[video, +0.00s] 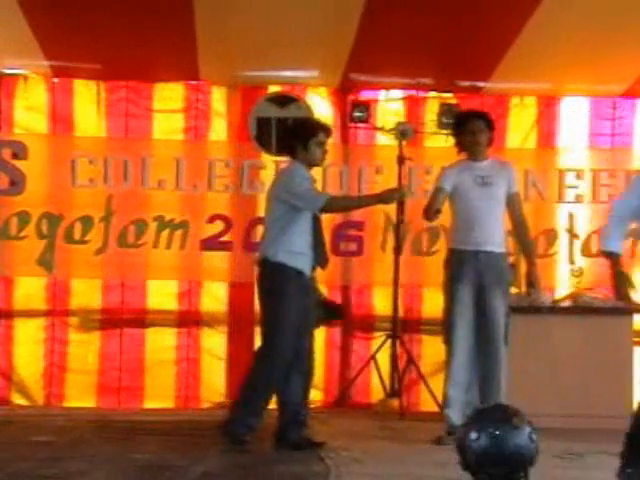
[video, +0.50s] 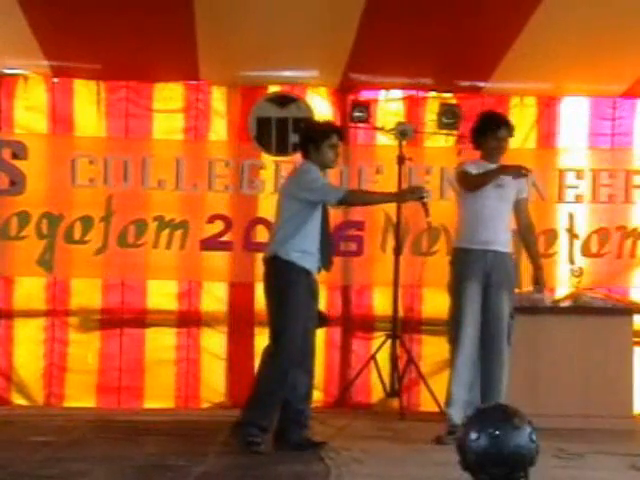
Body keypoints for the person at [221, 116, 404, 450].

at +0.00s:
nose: (325, 151)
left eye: (325, 145)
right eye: (320, 145)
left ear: (311, 149)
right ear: (303, 146)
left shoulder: (300, 180)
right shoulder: (291, 177)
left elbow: (297, 247)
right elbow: (327, 205)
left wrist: (313, 292)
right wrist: (381, 197)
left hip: (295, 274)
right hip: (281, 271)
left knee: (297, 353)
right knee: (278, 350)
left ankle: (292, 431)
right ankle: (239, 426)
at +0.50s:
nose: (337, 154)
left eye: (338, 148)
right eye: (332, 148)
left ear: (324, 151)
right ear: (313, 148)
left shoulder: (312, 179)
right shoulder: (305, 176)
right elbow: (346, 197)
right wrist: (399, 196)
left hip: (300, 271)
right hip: (286, 268)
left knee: (302, 354)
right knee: (286, 350)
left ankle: (294, 432)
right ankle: (254, 428)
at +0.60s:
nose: (339, 155)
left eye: (340, 149)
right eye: (333, 149)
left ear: (323, 152)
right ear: (315, 149)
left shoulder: (312, 179)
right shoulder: (306, 177)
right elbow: (348, 196)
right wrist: (400, 195)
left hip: (301, 270)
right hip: (288, 268)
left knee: (302, 352)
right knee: (289, 349)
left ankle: (293, 432)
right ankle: (254, 427)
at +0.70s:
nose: (339, 155)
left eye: (340, 149)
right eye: (334, 148)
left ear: (329, 153)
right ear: (317, 149)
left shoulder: (313, 179)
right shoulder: (307, 177)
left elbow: (349, 196)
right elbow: (350, 195)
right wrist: (399, 194)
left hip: (301, 269)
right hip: (289, 268)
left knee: (302, 351)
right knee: (294, 350)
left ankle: (293, 431)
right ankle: (256, 423)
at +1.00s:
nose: (344, 155)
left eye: (346, 149)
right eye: (338, 148)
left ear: (340, 152)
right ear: (320, 149)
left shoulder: (316, 178)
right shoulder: (311, 176)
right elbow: (347, 195)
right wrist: (394, 194)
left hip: (303, 267)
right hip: (297, 266)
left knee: (307, 343)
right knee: (319, 342)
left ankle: (296, 429)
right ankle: (302, 431)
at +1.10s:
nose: (346, 156)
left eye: (348, 150)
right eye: (341, 149)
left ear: (342, 152)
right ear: (323, 149)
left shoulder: (320, 181)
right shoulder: (313, 177)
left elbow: (317, 247)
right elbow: (347, 195)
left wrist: (330, 301)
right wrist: (395, 194)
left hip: (307, 268)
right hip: (300, 266)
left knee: (307, 347)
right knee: (321, 345)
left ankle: (295, 428)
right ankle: (325, 428)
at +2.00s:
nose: (398, 155)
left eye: (399, 148)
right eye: (393, 147)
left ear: (385, 149)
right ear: (374, 146)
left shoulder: (369, 181)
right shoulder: (359, 178)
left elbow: (363, 239)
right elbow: (381, 208)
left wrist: (374, 281)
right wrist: (422, 214)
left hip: (356, 272)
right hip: (344, 270)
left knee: (352, 353)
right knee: (353, 353)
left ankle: (309, 415)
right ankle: (356, 436)